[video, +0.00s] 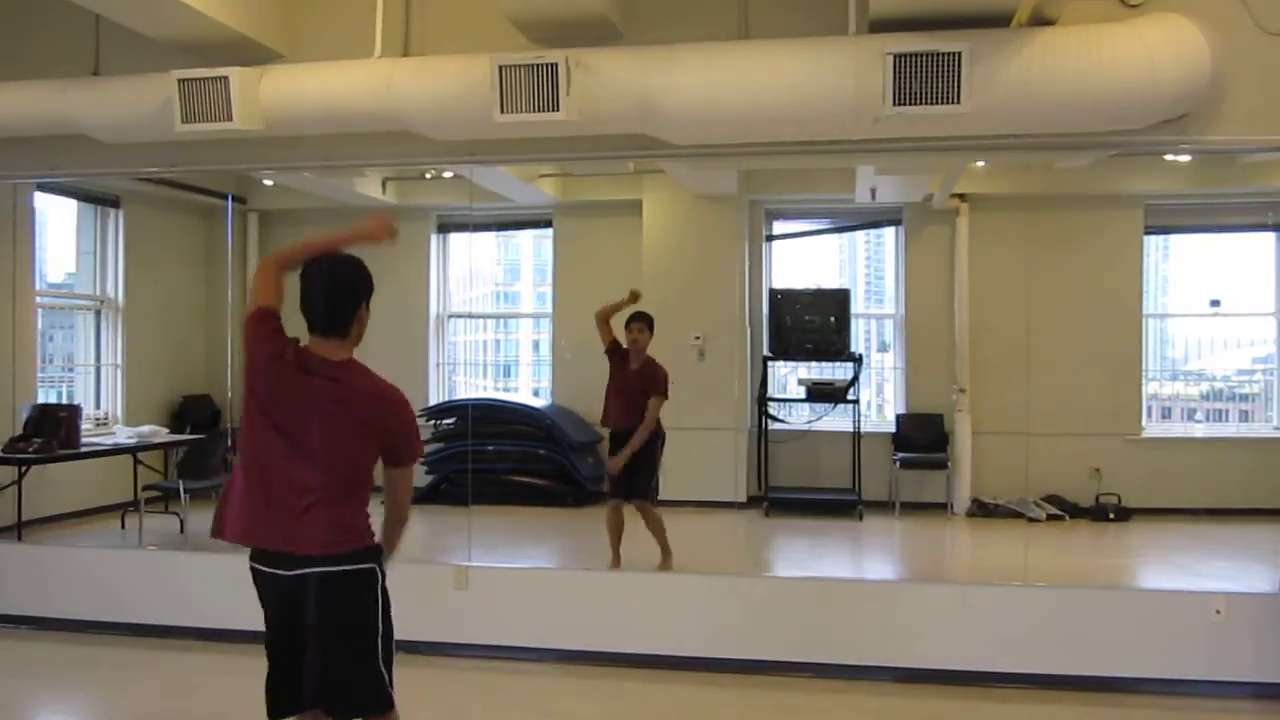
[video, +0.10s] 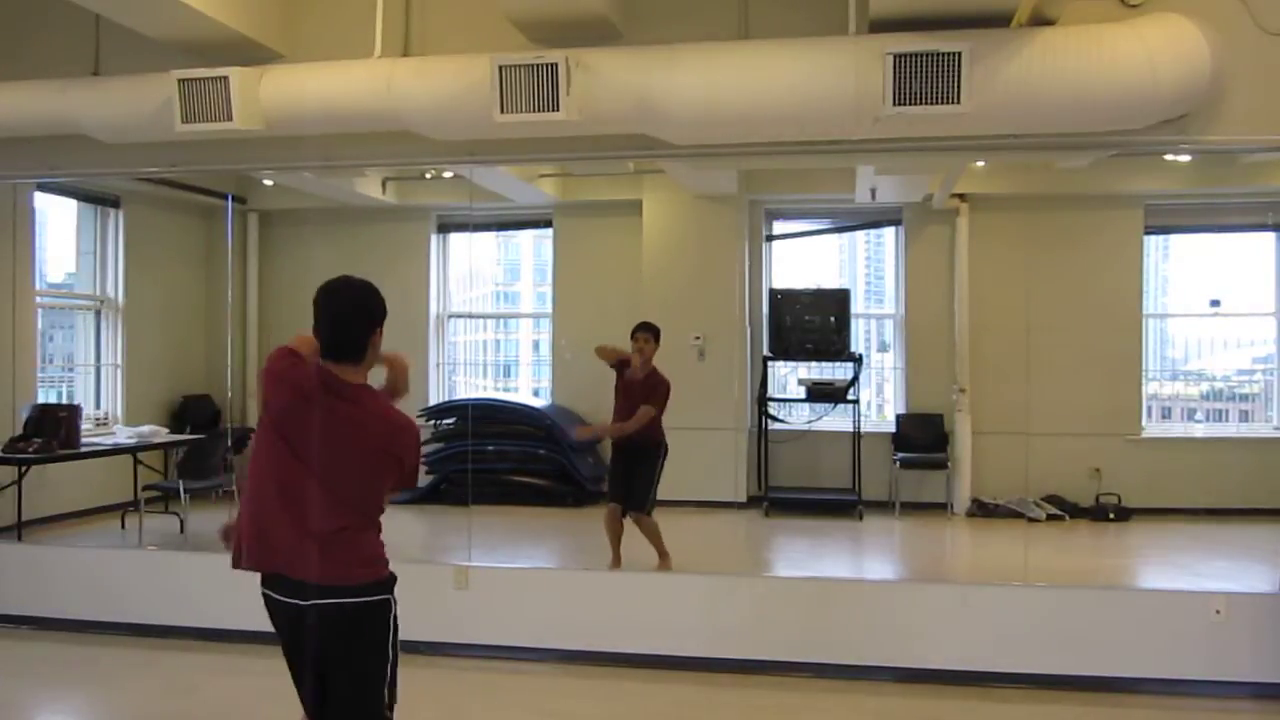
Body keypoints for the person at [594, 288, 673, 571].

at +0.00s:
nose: (635, 336)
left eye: (641, 331)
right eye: (631, 331)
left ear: (651, 336)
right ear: (625, 334)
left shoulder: (656, 373)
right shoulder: (617, 358)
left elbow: (650, 422)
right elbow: (601, 318)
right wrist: (624, 303)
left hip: (646, 437)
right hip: (618, 436)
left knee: (642, 501)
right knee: (614, 502)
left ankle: (666, 554)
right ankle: (615, 558)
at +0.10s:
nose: (640, 346)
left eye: (647, 341)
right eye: (636, 341)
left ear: (656, 346)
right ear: (631, 344)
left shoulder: (660, 384)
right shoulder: (623, 367)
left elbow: (634, 424)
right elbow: (599, 352)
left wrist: (595, 431)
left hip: (650, 448)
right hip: (622, 444)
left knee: (638, 511)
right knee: (614, 508)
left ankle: (663, 556)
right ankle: (615, 559)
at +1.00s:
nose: (701, 336)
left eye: (706, 330)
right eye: (697, 331)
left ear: (717, 332)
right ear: (693, 334)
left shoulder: (732, 365)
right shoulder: (685, 368)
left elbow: (747, 399)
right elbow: (676, 411)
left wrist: (757, 435)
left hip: (723, 443)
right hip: (692, 438)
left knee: (722, 502)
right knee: (665, 496)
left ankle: (706, 548)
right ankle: (631, 544)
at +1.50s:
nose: (706, 333)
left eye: (710, 327)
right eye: (700, 329)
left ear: (719, 329)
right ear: (695, 333)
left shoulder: (735, 359)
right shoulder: (689, 368)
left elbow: (740, 399)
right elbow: (690, 414)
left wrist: (717, 414)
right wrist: (721, 432)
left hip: (725, 433)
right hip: (694, 430)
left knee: (721, 497)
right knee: (660, 483)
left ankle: (708, 548)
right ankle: (625, 530)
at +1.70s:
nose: (692, 333)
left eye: (697, 328)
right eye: (687, 329)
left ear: (706, 329)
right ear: (682, 333)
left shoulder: (722, 347)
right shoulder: (686, 369)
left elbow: (739, 375)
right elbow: (706, 401)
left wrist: (708, 364)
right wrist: (733, 413)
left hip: (723, 429)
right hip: (695, 427)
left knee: (722, 497)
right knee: (660, 482)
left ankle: (708, 547)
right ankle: (625, 531)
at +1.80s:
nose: (688, 334)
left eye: (693, 328)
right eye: (683, 329)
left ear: (702, 329)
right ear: (677, 332)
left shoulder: (717, 349)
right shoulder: (680, 371)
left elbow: (747, 360)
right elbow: (687, 404)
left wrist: (747, 359)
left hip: (723, 428)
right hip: (693, 427)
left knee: (722, 496)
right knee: (660, 482)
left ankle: (707, 547)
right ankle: (625, 531)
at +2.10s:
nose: (694, 329)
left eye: (699, 325)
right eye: (690, 324)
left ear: (706, 329)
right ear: (682, 326)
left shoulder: (712, 360)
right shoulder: (665, 353)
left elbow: (750, 376)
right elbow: (627, 377)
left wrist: (744, 392)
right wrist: (652, 378)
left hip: (706, 433)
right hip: (674, 431)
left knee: (712, 494)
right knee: (652, 489)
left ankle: (707, 547)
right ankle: (636, 541)